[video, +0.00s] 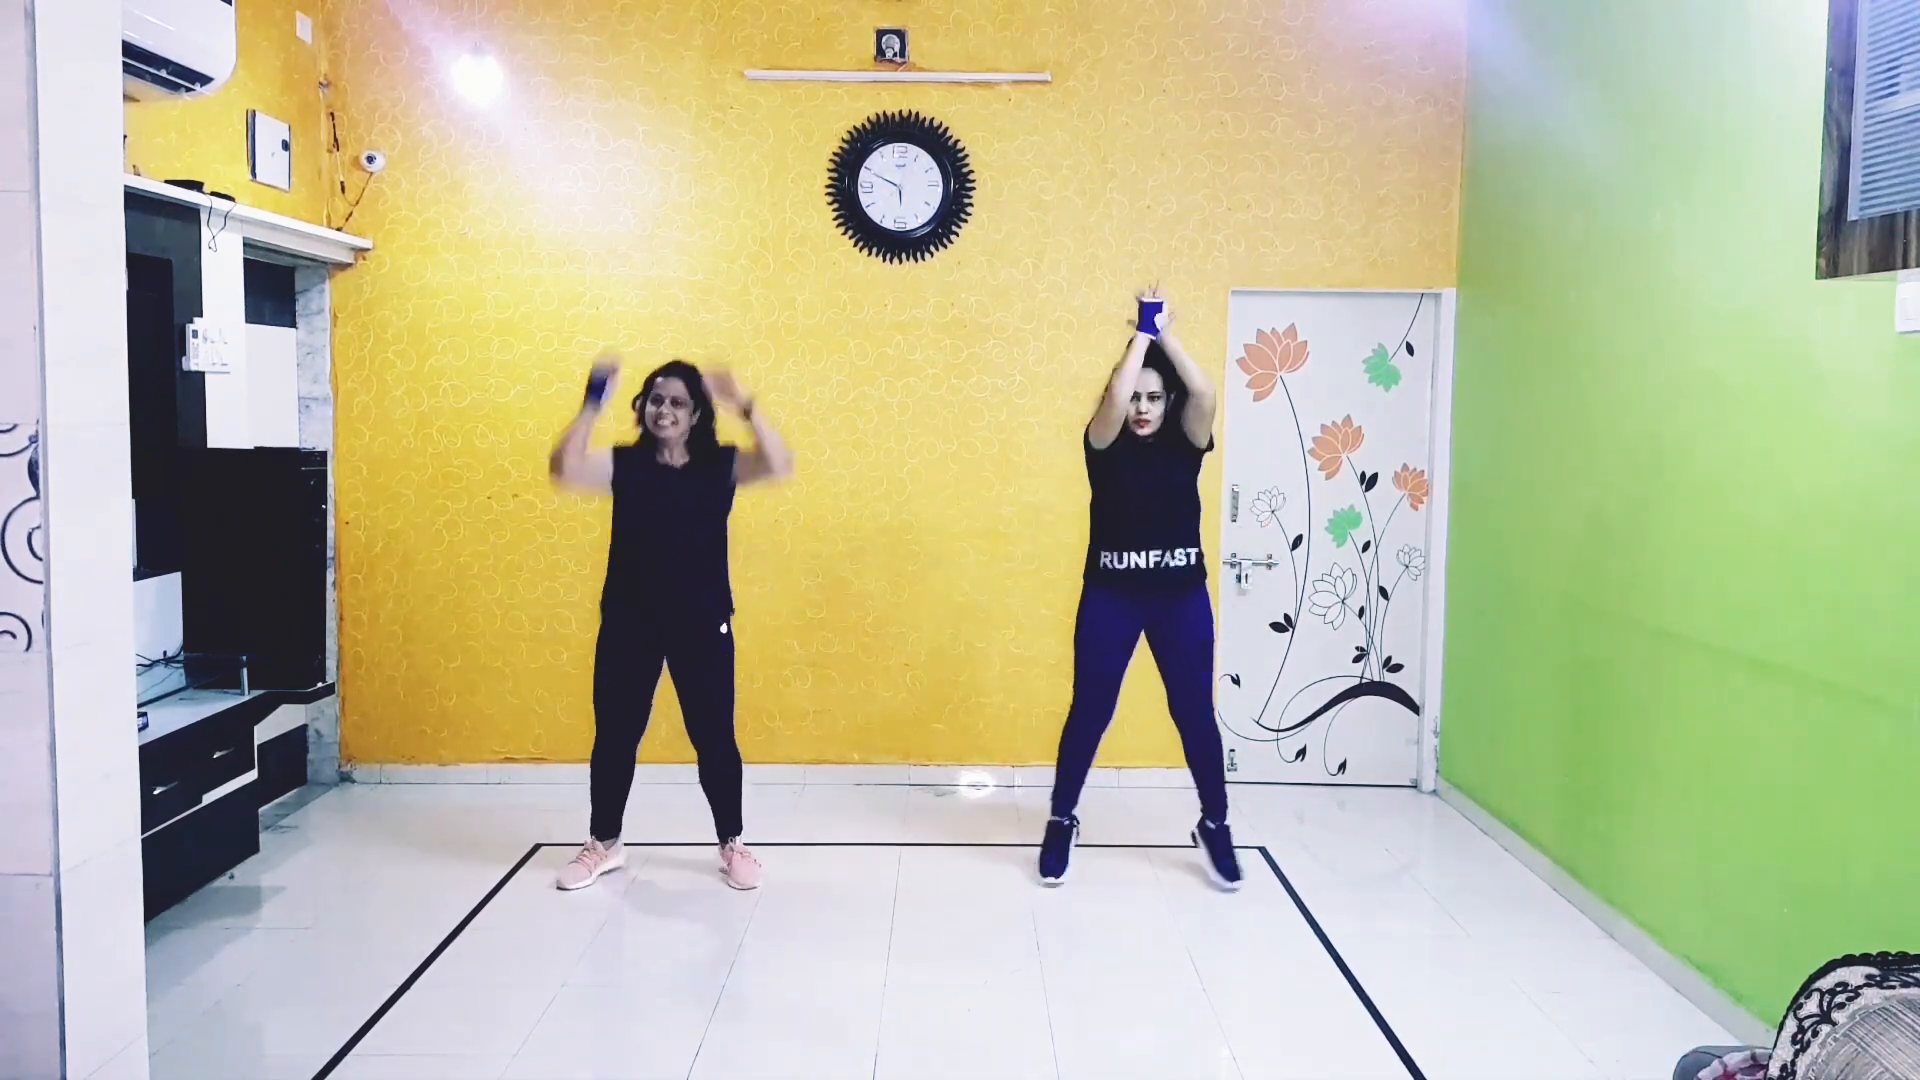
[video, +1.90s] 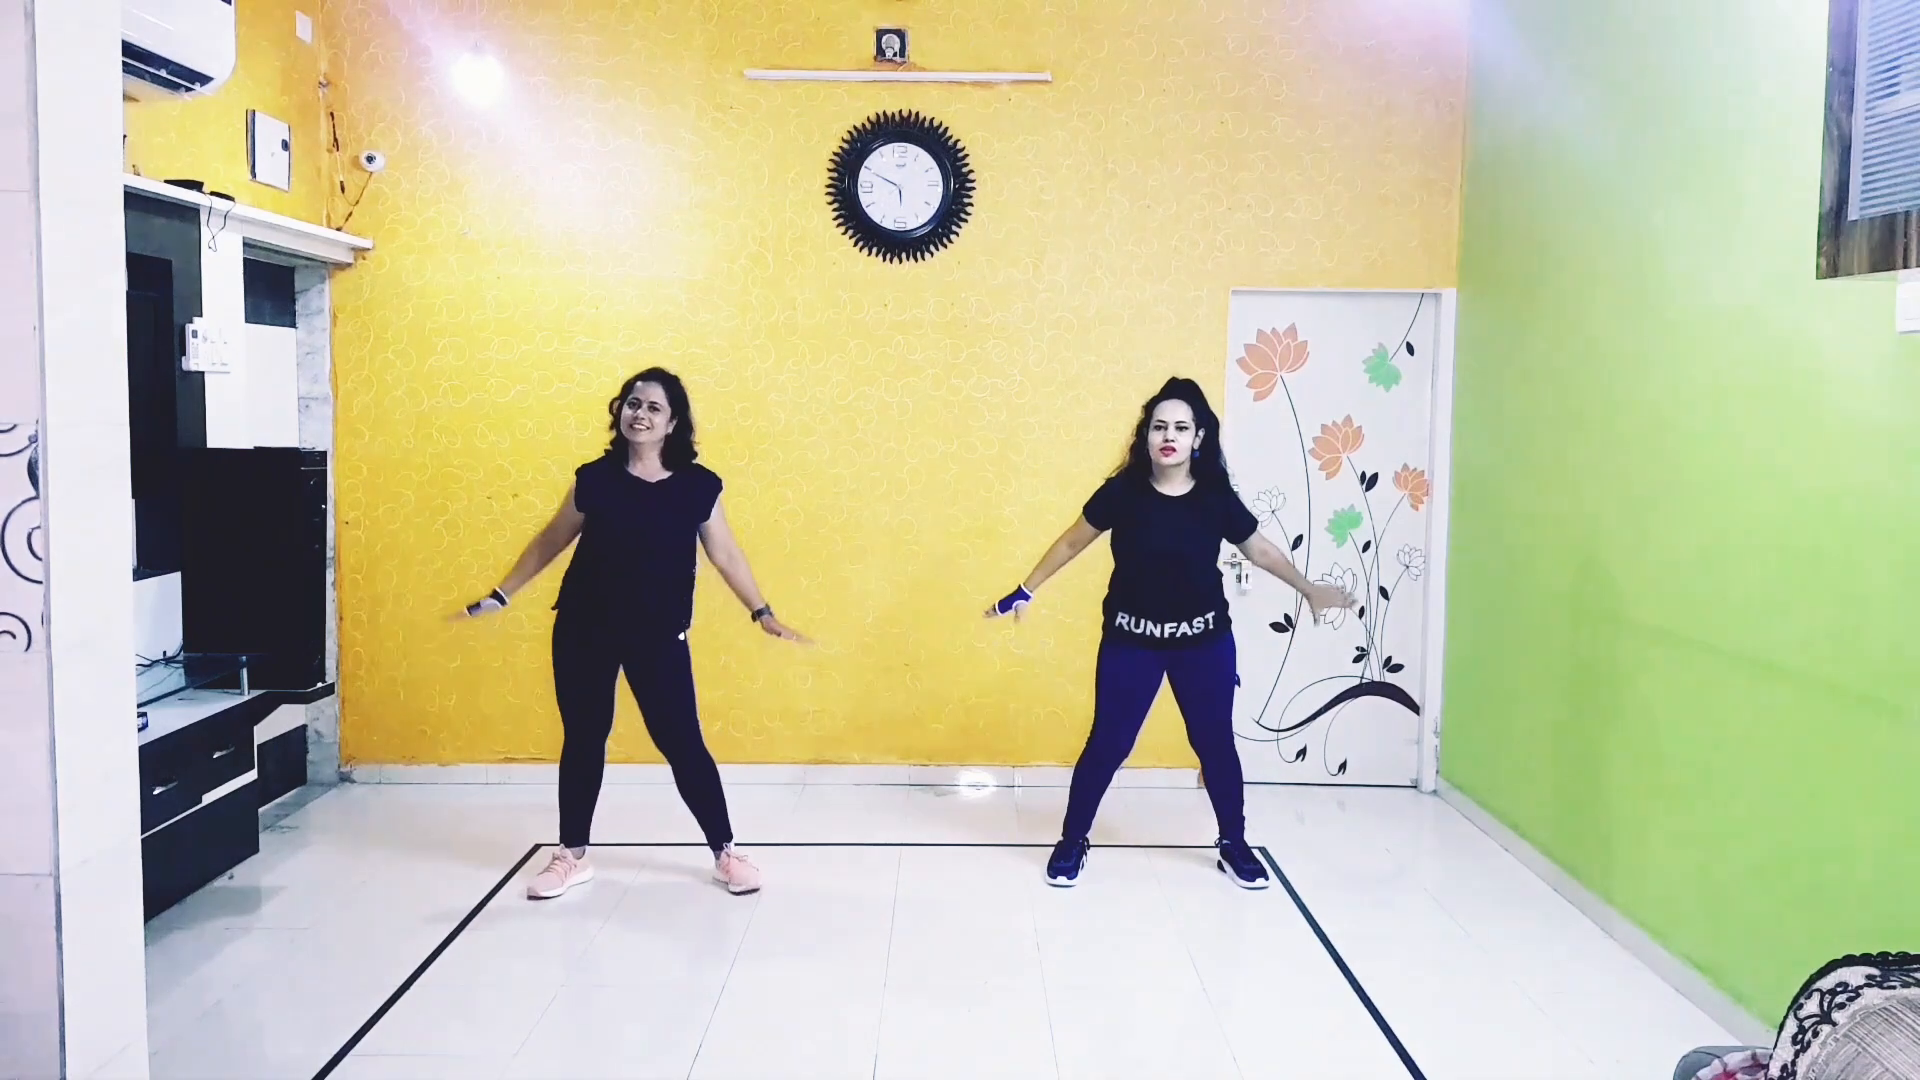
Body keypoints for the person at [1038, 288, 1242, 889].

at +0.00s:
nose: (1142, 407)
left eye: (1152, 398)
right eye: (1134, 398)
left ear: (1170, 403)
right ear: (1119, 401)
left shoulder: (1188, 441)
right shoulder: (1103, 442)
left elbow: (1203, 394)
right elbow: (1118, 396)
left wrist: (1164, 335)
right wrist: (1140, 337)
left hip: (1181, 596)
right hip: (1110, 596)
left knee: (1196, 712)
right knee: (1089, 711)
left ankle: (1216, 824)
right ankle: (1061, 822)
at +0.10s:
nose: (1147, 420)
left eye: (1158, 410)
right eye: (1138, 409)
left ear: (1176, 414)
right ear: (1123, 410)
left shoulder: (1193, 456)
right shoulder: (1104, 459)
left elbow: (1239, 434)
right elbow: (1099, 448)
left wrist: (1195, 384)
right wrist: (1132, 387)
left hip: (1186, 610)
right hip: (1117, 610)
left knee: (1209, 723)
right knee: (1104, 723)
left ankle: (1235, 830)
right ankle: (1073, 833)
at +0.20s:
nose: (1152, 445)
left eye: (1164, 434)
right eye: (1143, 434)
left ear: (1182, 438)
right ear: (1128, 436)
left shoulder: (1200, 491)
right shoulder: (1106, 487)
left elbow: (1268, 516)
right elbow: (1051, 537)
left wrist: (1276, 501)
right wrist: (1091, 490)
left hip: (1195, 643)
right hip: (1123, 642)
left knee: (1222, 750)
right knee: (1103, 750)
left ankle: (1236, 843)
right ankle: (1073, 841)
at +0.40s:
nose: (1163, 448)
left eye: (1174, 438)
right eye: (1153, 437)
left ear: (1192, 442)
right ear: (1137, 440)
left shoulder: (1209, 497)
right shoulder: (1116, 500)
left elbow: (1225, 566)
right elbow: (1087, 563)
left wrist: (1239, 624)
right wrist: (1057, 617)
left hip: (1204, 643)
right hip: (1135, 646)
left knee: (1224, 748)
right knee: (1113, 748)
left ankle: (1234, 842)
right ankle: (1075, 841)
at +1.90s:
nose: (1168, 436)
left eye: (1180, 427)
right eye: (1159, 425)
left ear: (1198, 439)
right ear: (1146, 434)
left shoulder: (1215, 497)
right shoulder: (1121, 493)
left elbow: (1262, 550)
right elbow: (1073, 541)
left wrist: (1309, 589)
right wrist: (1027, 589)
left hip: (1203, 641)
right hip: (1131, 640)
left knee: (1217, 744)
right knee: (1108, 745)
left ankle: (1234, 843)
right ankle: (1072, 841)